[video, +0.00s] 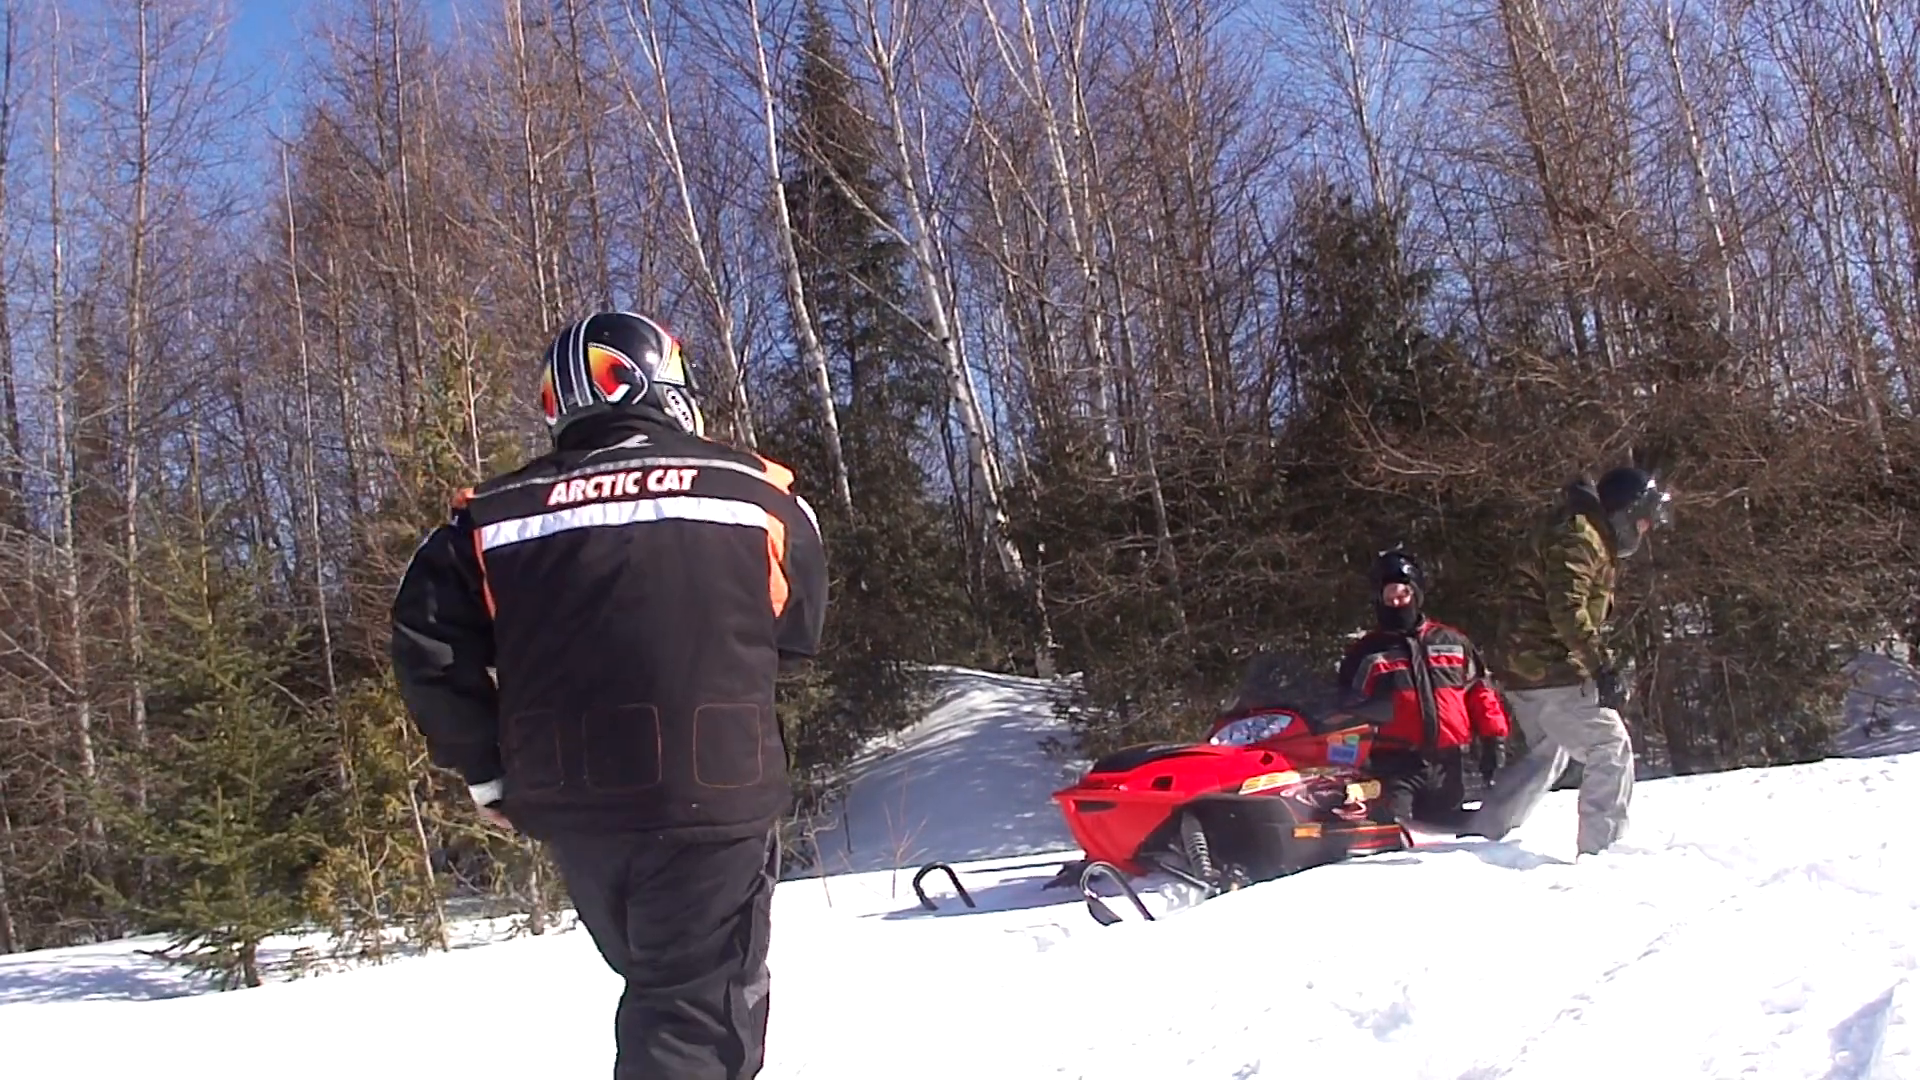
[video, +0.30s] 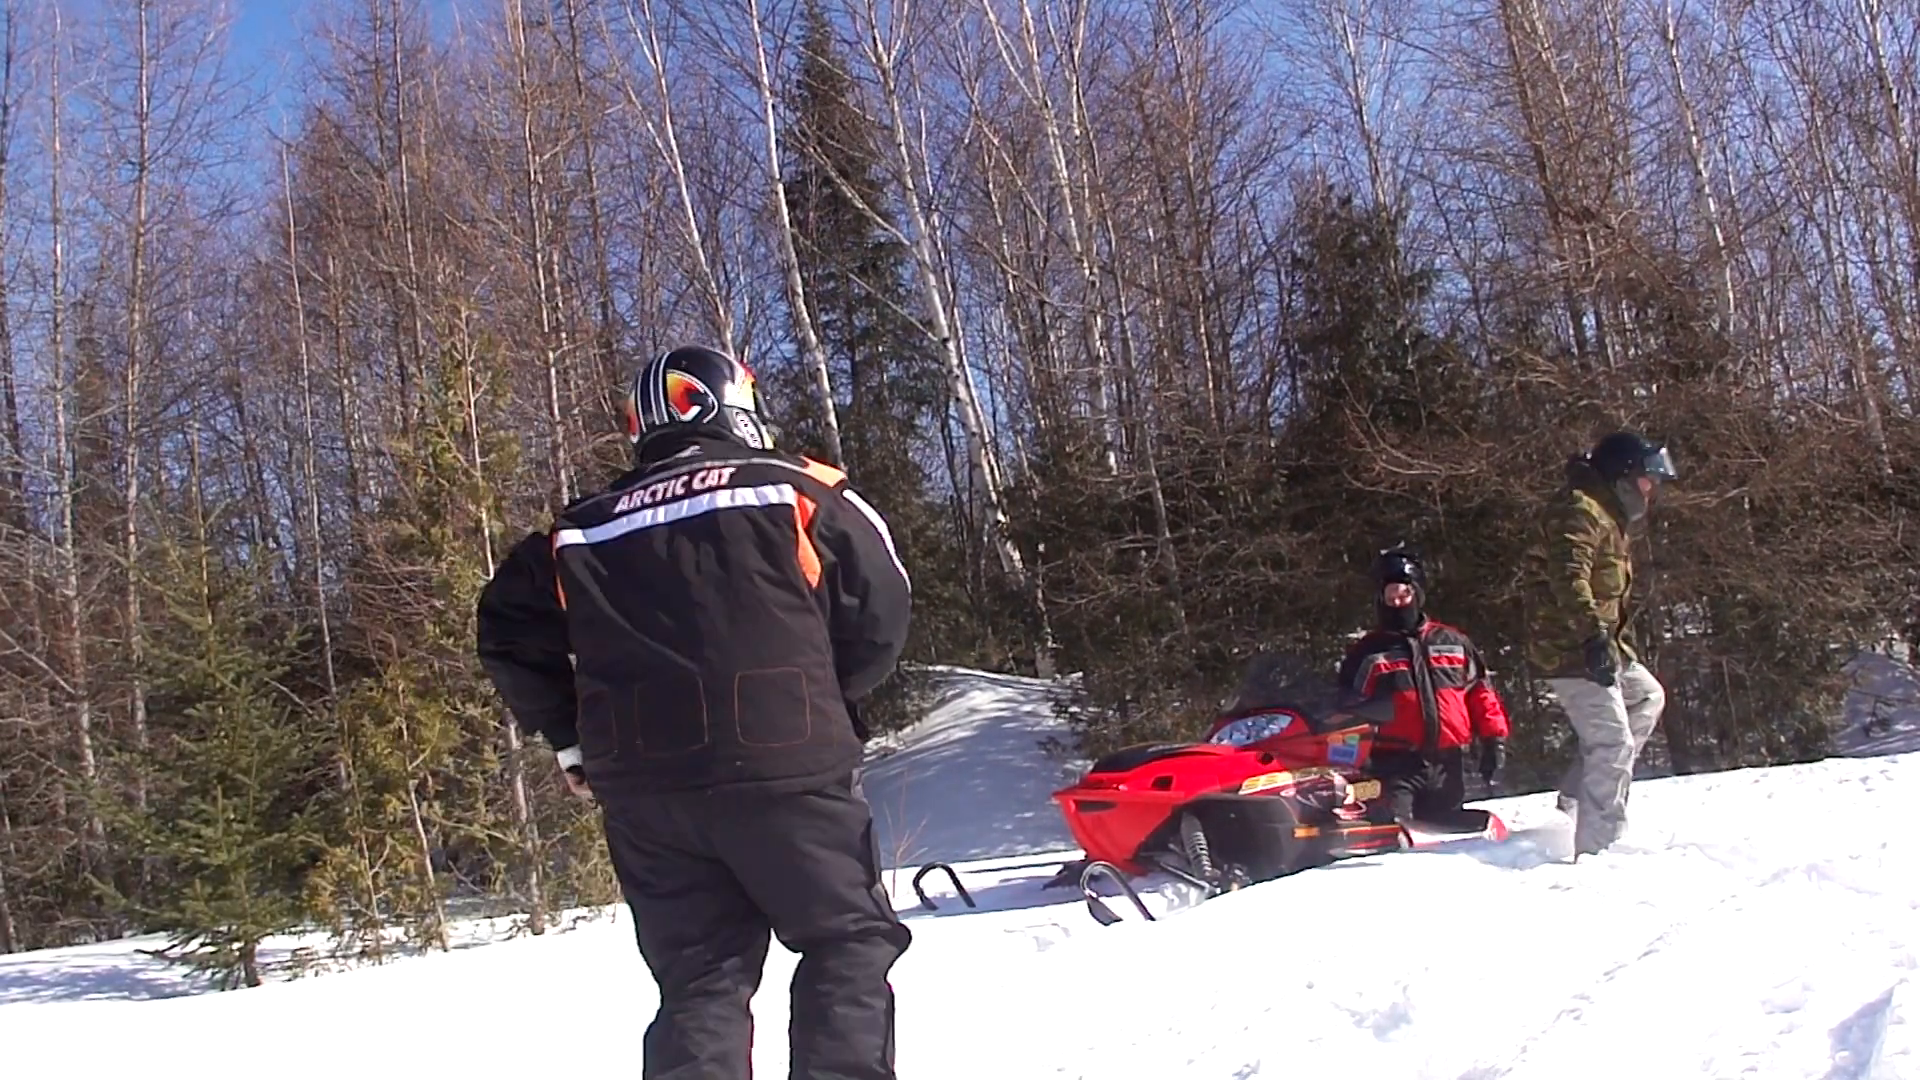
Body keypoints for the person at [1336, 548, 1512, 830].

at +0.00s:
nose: (1398, 602)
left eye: (1404, 593)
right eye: (1391, 595)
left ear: (1417, 595)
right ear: (1378, 599)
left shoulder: (1454, 643)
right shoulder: (1365, 654)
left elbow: (1480, 692)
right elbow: (1346, 714)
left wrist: (1495, 740)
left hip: (1448, 767)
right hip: (1395, 769)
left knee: (1447, 842)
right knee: (1392, 838)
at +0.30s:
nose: (1399, 602)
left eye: (1405, 593)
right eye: (1392, 595)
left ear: (1419, 594)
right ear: (1380, 599)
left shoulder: (1455, 643)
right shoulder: (1366, 653)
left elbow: (1480, 692)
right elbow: (1346, 711)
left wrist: (1494, 738)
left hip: (1448, 761)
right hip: (1395, 763)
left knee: (1442, 820)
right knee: (1393, 821)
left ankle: (1488, 825)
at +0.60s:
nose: (1398, 602)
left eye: (1405, 594)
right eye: (1391, 595)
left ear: (1418, 595)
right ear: (1379, 599)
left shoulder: (1454, 643)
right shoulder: (1365, 654)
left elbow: (1480, 692)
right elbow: (1346, 713)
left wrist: (1493, 738)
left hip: (1448, 764)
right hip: (1394, 766)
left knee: (1444, 823)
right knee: (1391, 826)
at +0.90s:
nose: (1398, 602)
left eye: (1404, 594)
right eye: (1391, 595)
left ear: (1418, 594)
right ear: (1379, 599)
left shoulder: (1454, 643)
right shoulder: (1365, 653)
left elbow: (1480, 692)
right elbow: (1346, 713)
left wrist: (1493, 738)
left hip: (1448, 764)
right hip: (1394, 767)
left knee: (1443, 828)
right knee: (1393, 829)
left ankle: (1486, 824)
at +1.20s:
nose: (1398, 602)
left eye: (1404, 594)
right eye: (1390, 595)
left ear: (1417, 596)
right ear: (1379, 600)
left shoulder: (1454, 643)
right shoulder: (1365, 653)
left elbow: (1479, 692)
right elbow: (1346, 712)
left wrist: (1492, 738)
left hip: (1447, 763)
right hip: (1394, 765)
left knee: (1442, 830)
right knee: (1392, 830)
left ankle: (1486, 824)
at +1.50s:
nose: (1396, 602)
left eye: (1404, 593)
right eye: (1389, 594)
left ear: (1419, 595)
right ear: (1379, 598)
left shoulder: (1454, 644)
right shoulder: (1364, 653)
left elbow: (1479, 693)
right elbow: (1346, 712)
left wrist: (1493, 739)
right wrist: (1346, 766)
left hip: (1445, 764)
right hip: (1392, 766)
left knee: (1443, 827)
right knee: (1390, 827)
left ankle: (1488, 825)